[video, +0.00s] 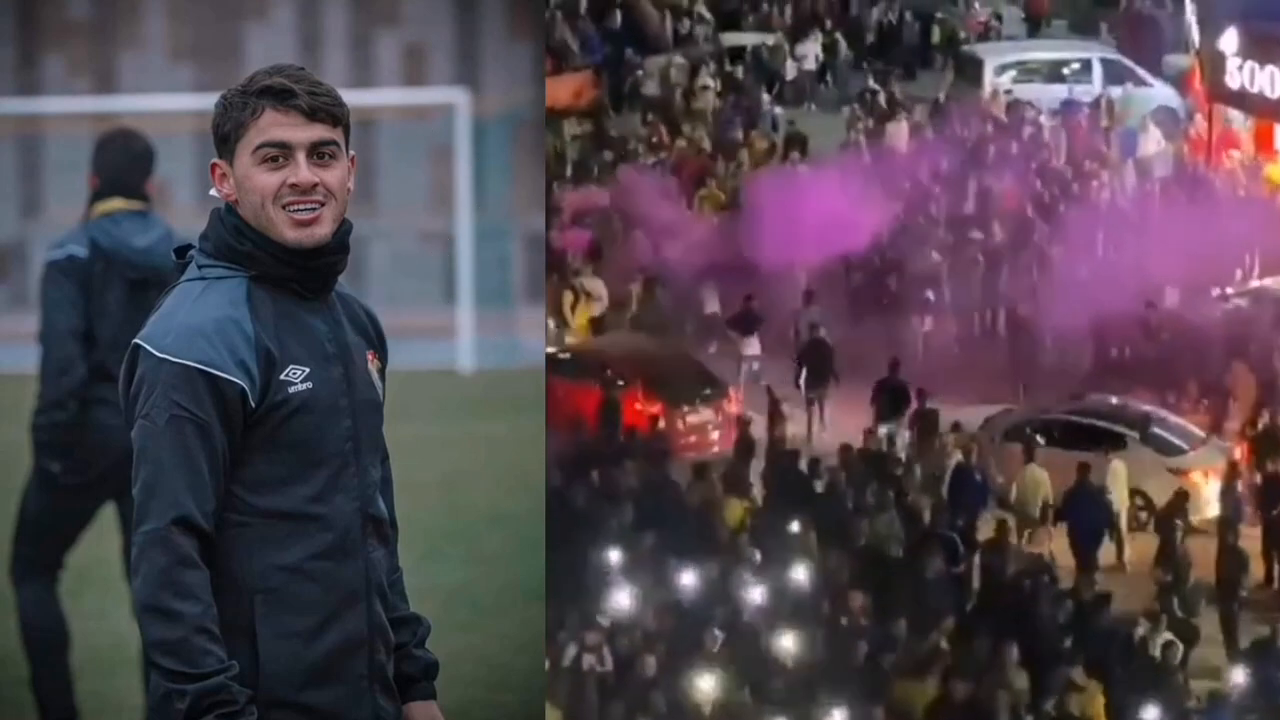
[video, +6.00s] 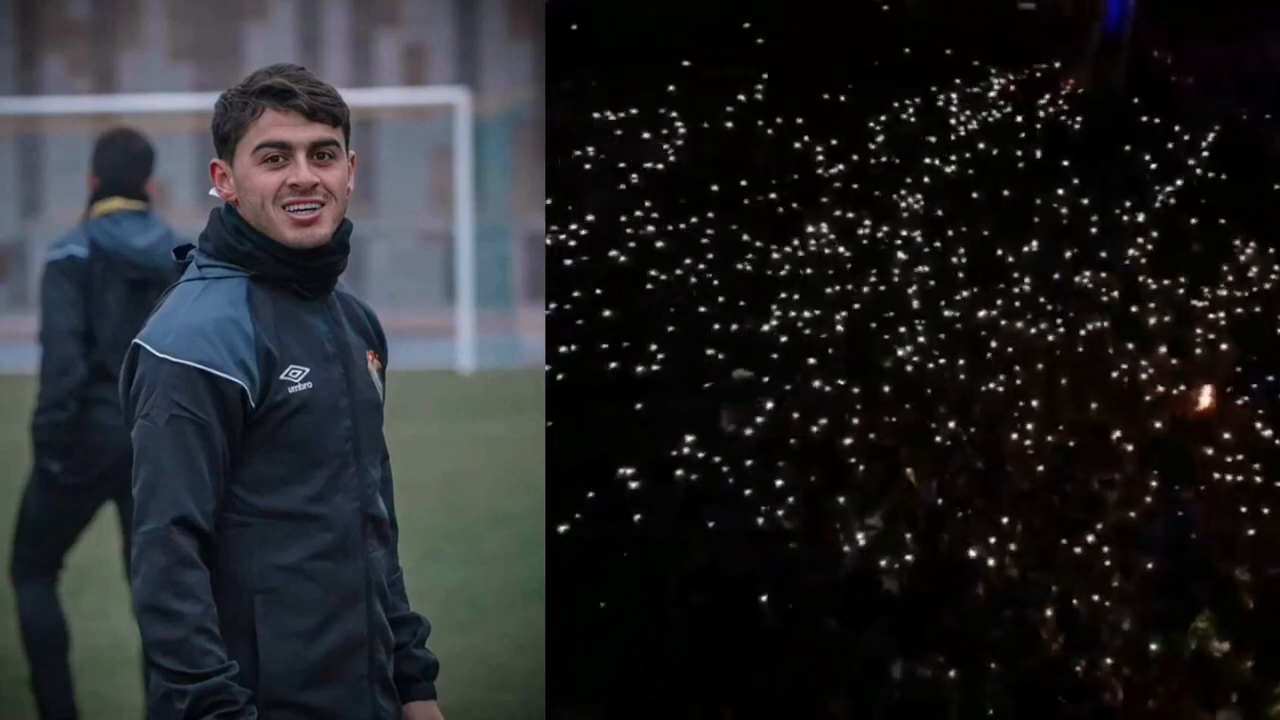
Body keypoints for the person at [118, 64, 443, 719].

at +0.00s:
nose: (305, 178)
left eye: (322, 155)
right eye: (274, 158)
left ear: (350, 171)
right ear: (226, 182)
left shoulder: (356, 323)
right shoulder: (195, 334)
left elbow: (372, 524)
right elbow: (164, 551)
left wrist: (414, 684)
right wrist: (213, 705)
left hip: (364, 690)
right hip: (259, 691)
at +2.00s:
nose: (305, 178)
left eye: (322, 155)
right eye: (274, 158)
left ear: (349, 171)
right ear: (226, 182)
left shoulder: (356, 323)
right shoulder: (195, 334)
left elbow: (372, 525)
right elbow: (164, 550)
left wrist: (414, 684)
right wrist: (213, 705)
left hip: (365, 690)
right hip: (260, 691)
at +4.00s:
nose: (304, 178)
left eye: (322, 155)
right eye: (274, 158)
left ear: (350, 171)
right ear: (226, 182)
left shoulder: (356, 323)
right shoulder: (195, 334)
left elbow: (372, 525)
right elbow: (164, 550)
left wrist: (414, 684)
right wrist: (213, 705)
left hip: (365, 690)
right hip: (259, 691)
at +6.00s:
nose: (305, 178)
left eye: (322, 155)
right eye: (274, 158)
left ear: (349, 171)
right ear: (226, 182)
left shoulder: (356, 323)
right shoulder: (195, 334)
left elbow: (372, 525)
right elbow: (164, 550)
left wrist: (414, 684)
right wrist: (213, 705)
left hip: (365, 690)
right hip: (260, 691)